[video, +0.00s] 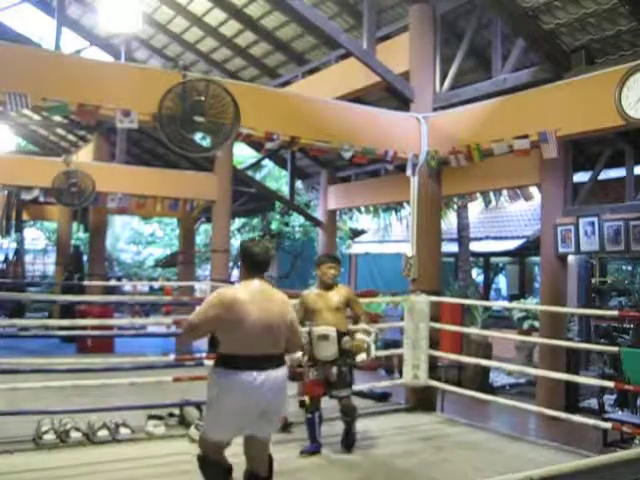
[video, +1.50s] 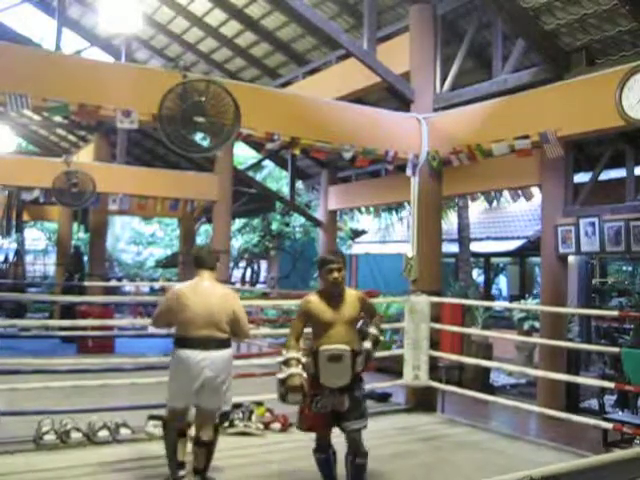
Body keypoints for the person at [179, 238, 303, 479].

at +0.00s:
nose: (238, 264)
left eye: (239, 261)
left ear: (241, 263)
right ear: (269, 266)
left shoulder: (225, 297)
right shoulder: (281, 300)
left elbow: (190, 329)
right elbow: (295, 344)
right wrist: (266, 346)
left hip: (233, 378)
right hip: (273, 377)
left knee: (211, 449)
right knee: (258, 448)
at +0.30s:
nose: (212, 267)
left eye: (214, 262)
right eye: (214, 262)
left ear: (220, 267)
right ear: (244, 269)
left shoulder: (205, 299)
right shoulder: (259, 299)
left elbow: (175, 329)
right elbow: (271, 335)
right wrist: (244, 330)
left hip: (214, 377)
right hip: (254, 374)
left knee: (206, 449)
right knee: (247, 449)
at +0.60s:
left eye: (193, 265)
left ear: (193, 267)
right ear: (217, 268)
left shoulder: (178, 296)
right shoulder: (232, 296)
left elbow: (151, 327)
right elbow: (250, 330)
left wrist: (179, 322)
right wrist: (223, 327)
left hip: (188, 371)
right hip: (225, 371)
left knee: (192, 442)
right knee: (229, 437)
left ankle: (194, 475)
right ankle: (235, 475)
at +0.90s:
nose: (178, 267)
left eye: (180, 264)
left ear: (182, 266)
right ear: (207, 268)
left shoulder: (168, 295)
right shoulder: (221, 297)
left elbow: (145, 327)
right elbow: (241, 331)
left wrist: (172, 322)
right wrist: (217, 324)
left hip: (178, 365)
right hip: (213, 365)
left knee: (186, 433)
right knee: (212, 428)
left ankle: (191, 474)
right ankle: (211, 474)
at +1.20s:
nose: (182, 268)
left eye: (184, 264)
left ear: (187, 267)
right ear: (212, 267)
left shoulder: (172, 295)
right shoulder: (223, 298)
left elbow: (155, 325)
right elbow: (242, 332)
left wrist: (179, 322)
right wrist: (219, 325)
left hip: (179, 357)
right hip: (213, 357)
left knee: (182, 422)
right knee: (207, 422)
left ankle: (190, 465)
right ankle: (201, 471)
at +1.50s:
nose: (218, 266)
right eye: (217, 263)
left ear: (194, 266)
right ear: (216, 266)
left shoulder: (180, 293)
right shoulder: (228, 295)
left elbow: (158, 320)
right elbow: (243, 331)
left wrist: (181, 315)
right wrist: (222, 323)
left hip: (186, 353)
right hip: (219, 354)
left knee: (177, 412)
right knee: (207, 418)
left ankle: (175, 467)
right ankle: (200, 471)